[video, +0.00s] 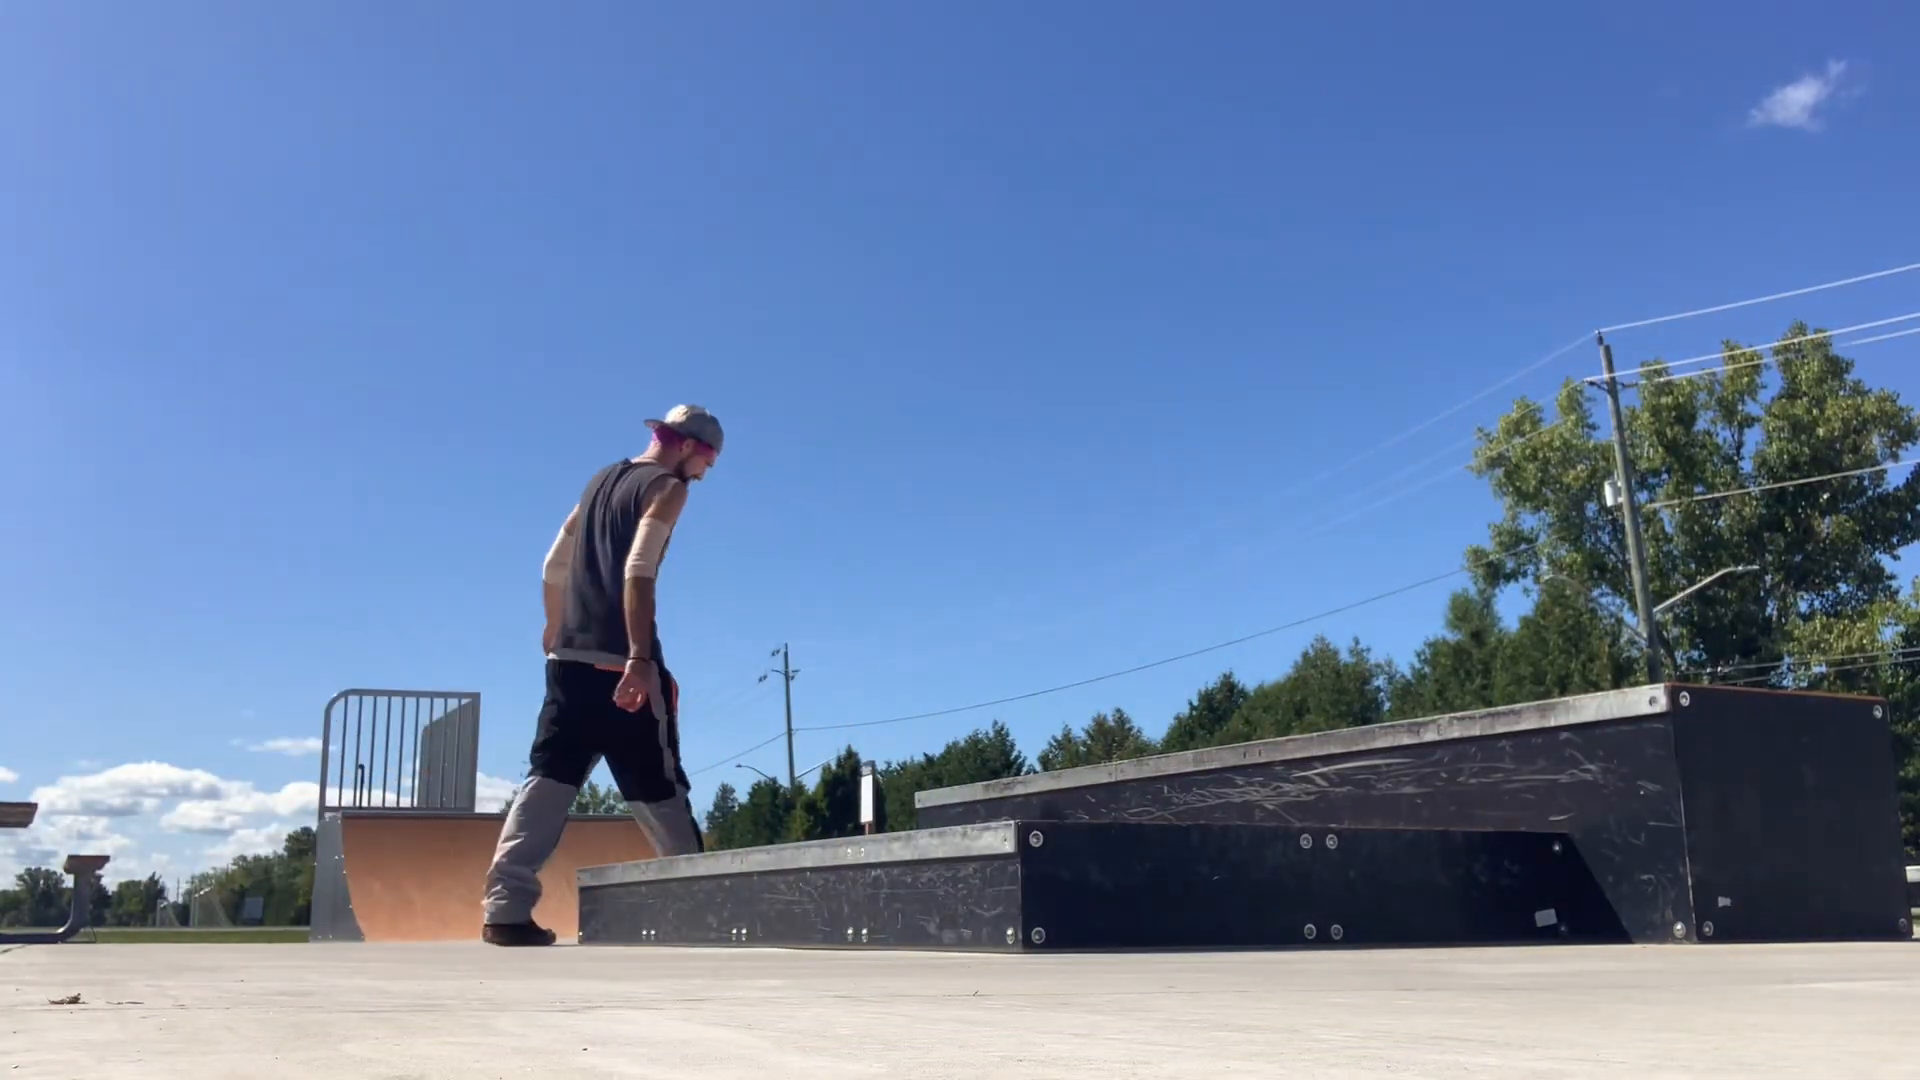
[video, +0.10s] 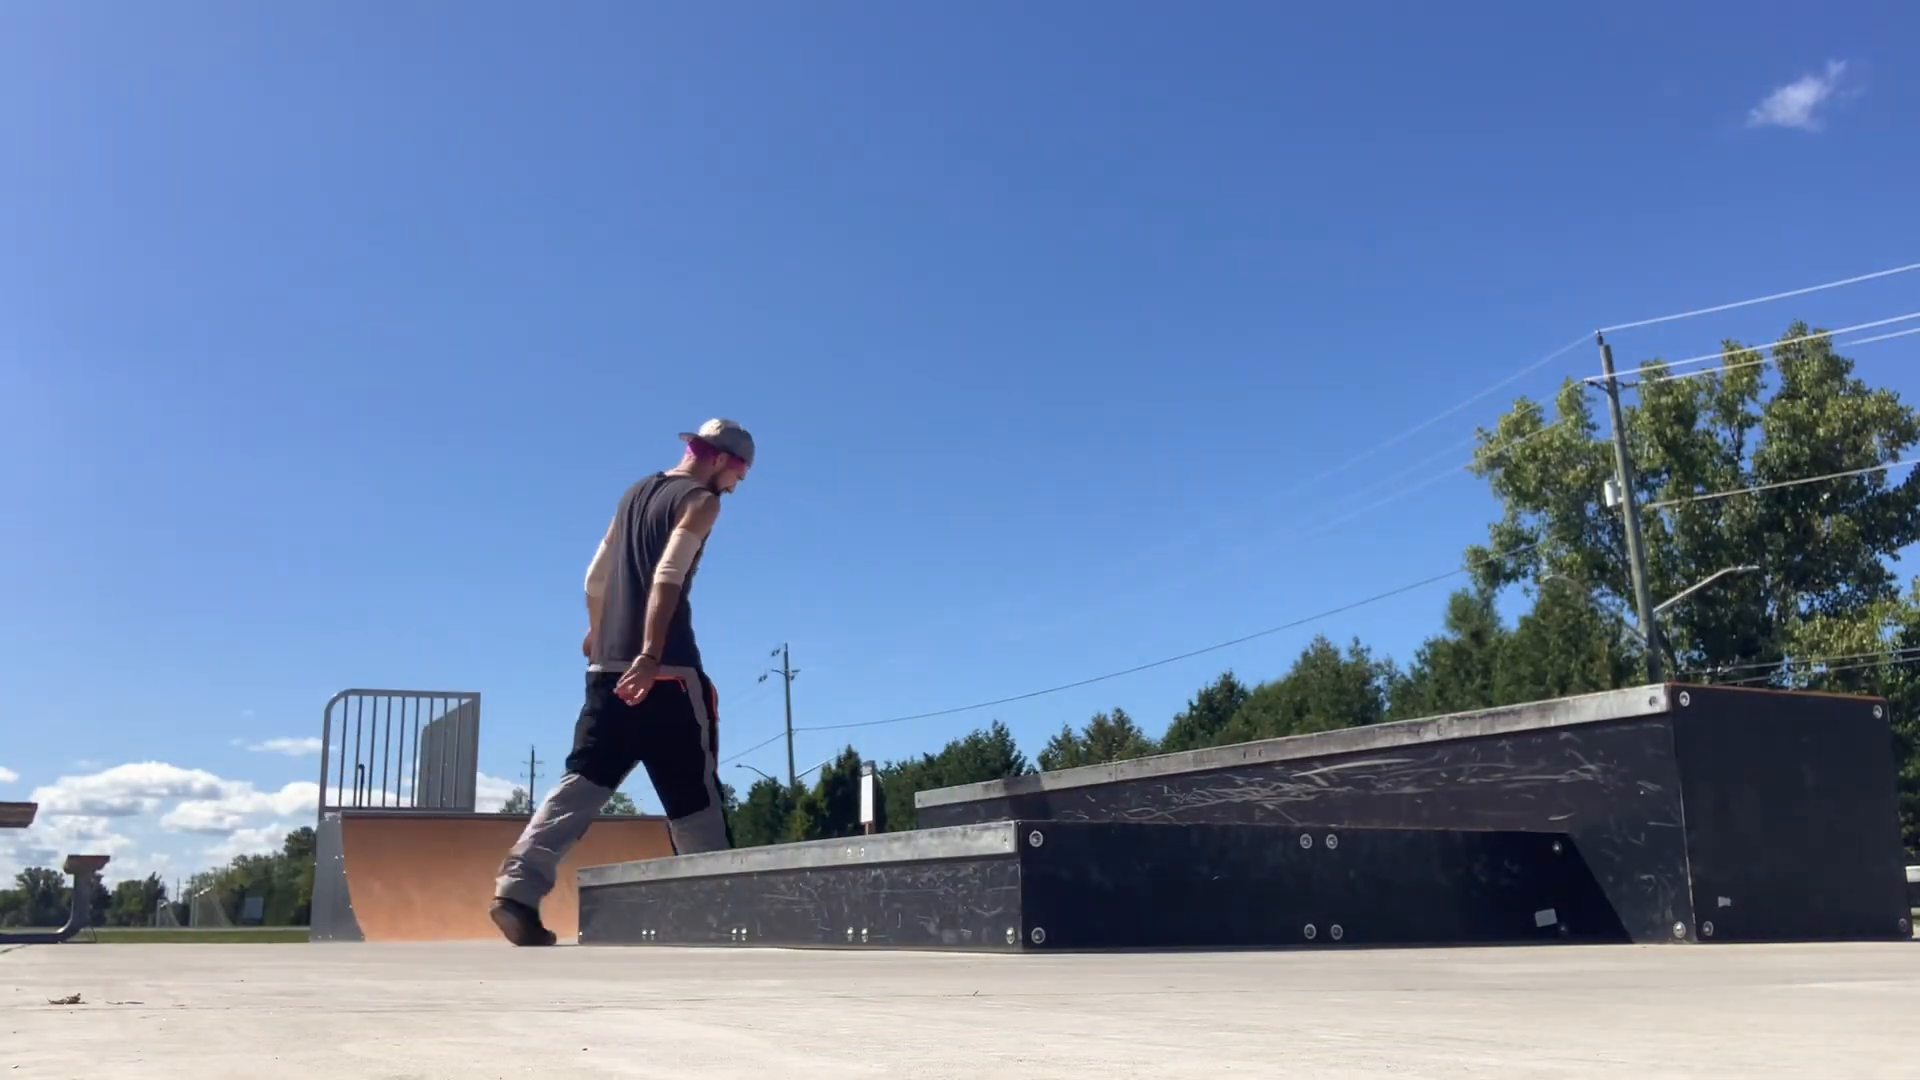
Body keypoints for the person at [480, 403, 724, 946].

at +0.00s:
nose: (706, 470)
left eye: (710, 461)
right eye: (708, 458)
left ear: (660, 439)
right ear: (688, 446)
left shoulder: (603, 479)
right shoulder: (667, 486)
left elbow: (556, 563)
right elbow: (639, 571)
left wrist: (556, 630)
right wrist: (640, 655)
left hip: (571, 662)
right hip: (627, 666)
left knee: (549, 781)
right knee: (659, 796)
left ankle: (505, 911)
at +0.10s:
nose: (739, 482)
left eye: (743, 473)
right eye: (740, 470)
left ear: (693, 453)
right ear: (720, 459)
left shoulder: (637, 493)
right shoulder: (702, 499)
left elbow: (597, 578)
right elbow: (668, 576)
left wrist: (599, 640)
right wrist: (650, 655)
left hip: (611, 673)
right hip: (667, 674)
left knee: (584, 783)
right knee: (694, 805)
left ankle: (517, 892)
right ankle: (723, 919)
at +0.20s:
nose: (765, 486)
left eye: (770, 478)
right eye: (768, 476)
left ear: (722, 456)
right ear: (752, 464)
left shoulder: (668, 497)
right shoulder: (735, 501)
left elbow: (627, 583)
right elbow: (704, 577)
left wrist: (645, 655)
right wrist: (686, 654)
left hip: (651, 672)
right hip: (706, 670)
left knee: (649, 776)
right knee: (728, 794)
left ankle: (574, 854)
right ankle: (736, 910)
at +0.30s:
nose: (783, 486)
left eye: (787, 478)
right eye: (788, 476)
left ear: (744, 455)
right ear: (777, 465)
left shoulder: (691, 498)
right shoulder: (761, 500)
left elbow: (650, 582)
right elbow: (741, 579)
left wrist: (667, 646)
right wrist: (743, 659)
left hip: (685, 666)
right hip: (734, 665)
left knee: (700, 773)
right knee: (746, 788)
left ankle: (644, 843)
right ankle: (740, 892)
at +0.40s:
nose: (801, 484)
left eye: (806, 476)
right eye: (806, 474)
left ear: (759, 457)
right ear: (797, 465)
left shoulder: (710, 503)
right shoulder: (783, 501)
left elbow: (673, 581)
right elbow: (782, 585)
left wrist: (682, 653)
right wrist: (809, 665)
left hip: (710, 668)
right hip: (758, 667)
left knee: (731, 777)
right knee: (756, 786)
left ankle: (711, 868)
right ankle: (739, 886)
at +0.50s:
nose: (819, 493)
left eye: (820, 485)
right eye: (822, 484)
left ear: (774, 470)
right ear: (815, 476)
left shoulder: (728, 517)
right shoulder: (802, 511)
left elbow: (695, 592)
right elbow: (824, 596)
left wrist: (689, 661)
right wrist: (867, 662)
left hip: (734, 669)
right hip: (779, 665)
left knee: (777, 787)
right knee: (770, 784)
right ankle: (732, 879)